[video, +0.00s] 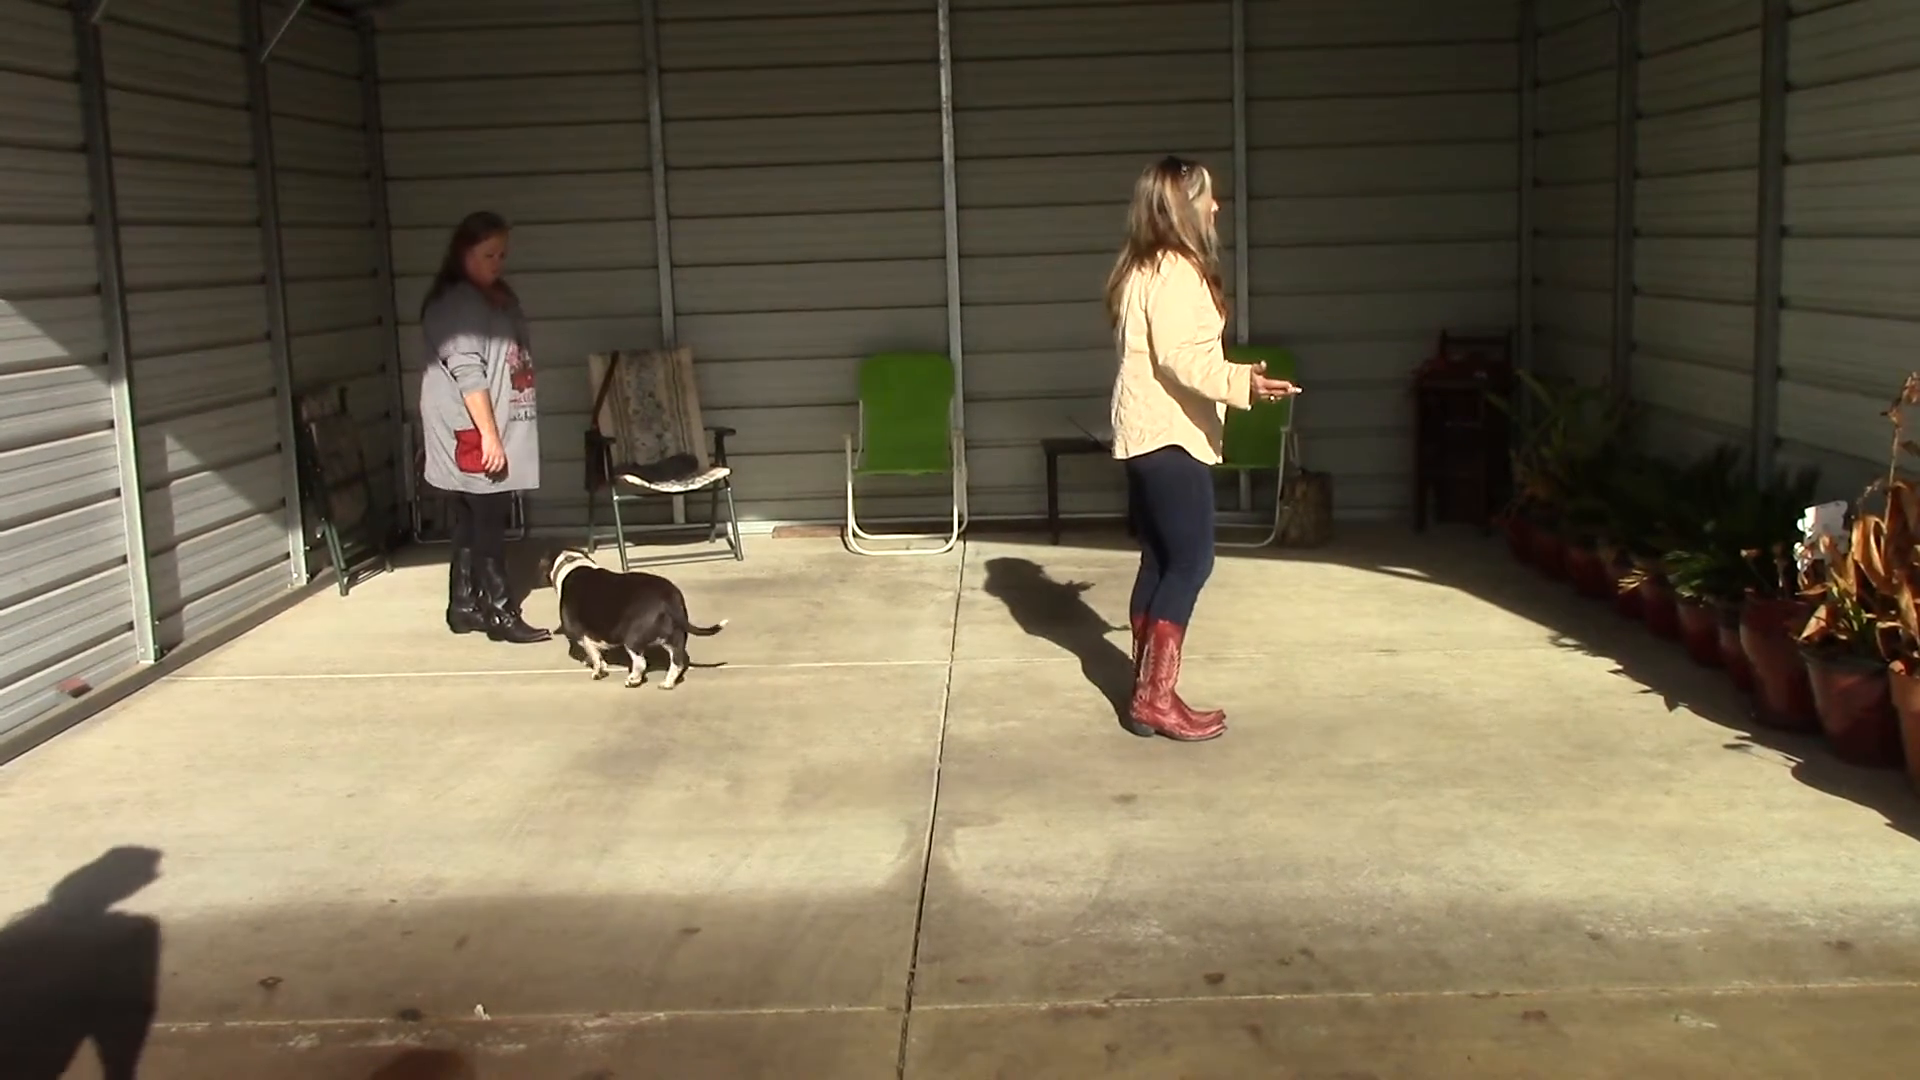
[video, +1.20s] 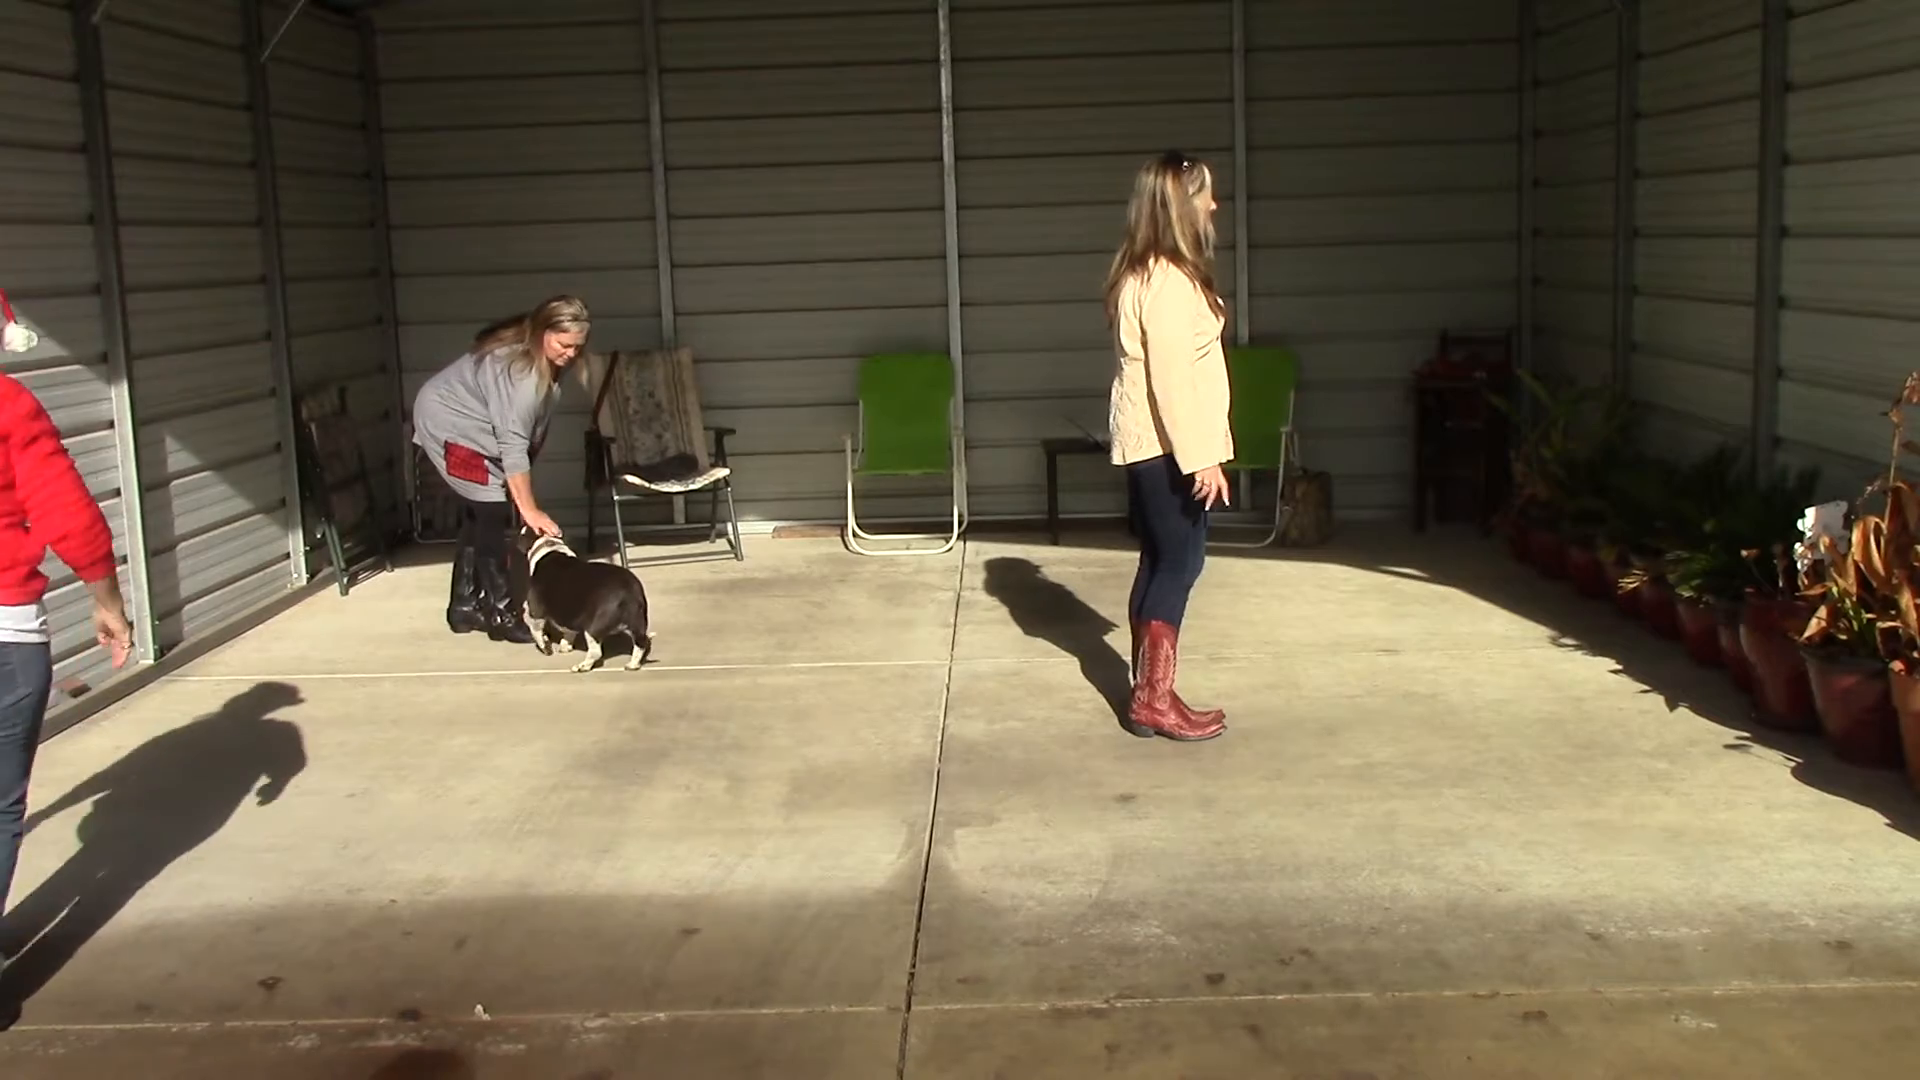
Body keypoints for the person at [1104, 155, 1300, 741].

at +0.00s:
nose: (1216, 209)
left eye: (1214, 198)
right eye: (1209, 199)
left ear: (1165, 206)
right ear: (1184, 206)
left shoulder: (1144, 271)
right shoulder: (1175, 272)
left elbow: (1167, 358)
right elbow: (1181, 356)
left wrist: (1237, 376)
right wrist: (1243, 382)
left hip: (1142, 439)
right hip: (1170, 440)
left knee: (1160, 558)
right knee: (1191, 559)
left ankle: (1150, 691)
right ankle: (1156, 698)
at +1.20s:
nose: (1216, 210)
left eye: (1214, 198)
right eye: (1208, 199)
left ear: (1159, 206)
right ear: (1184, 206)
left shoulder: (1148, 273)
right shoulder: (1168, 280)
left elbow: (1167, 378)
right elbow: (1172, 381)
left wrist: (1202, 450)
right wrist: (1201, 458)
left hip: (1145, 444)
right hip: (1163, 447)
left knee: (1158, 558)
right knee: (1181, 560)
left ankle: (1148, 691)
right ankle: (1155, 696)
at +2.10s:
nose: (1174, 238)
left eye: (1184, 228)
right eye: (1164, 226)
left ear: (1196, 226)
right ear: (1142, 223)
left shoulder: (1191, 280)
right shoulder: (1126, 284)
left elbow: (1206, 371)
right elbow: (1106, 379)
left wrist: (1216, 439)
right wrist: (1109, 462)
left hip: (1187, 445)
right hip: (1150, 447)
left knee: (1170, 560)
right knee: (1165, 560)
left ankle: (1158, 694)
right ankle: (1149, 698)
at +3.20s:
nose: (1240, 210)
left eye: (1237, 199)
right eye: (1230, 201)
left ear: (1210, 211)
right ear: (1198, 213)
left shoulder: (1208, 283)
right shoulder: (1158, 291)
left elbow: (1206, 379)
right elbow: (1138, 385)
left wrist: (1219, 450)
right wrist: (1163, 464)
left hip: (1187, 453)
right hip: (1156, 455)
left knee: (1170, 562)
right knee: (1158, 563)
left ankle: (1158, 694)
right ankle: (1148, 698)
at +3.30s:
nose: (1239, 207)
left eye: (1235, 197)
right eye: (1229, 198)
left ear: (1205, 208)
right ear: (1200, 210)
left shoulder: (1202, 284)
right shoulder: (1162, 289)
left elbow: (1199, 378)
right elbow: (1156, 384)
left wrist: (1225, 436)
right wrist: (1206, 447)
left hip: (1181, 450)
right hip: (1154, 449)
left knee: (1169, 562)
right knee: (1159, 563)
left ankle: (1158, 694)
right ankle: (1149, 699)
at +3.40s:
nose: (1234, 205)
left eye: (1231, 195)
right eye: (1225, 196)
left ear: (1189, 208)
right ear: (1197, 208)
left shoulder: (1189, 281)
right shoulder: (1169, 286)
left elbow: (1205, 366)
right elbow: (1189, 372)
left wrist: (1272, 383)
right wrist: (1273, 388)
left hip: (1175, 443)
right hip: (1162, 445)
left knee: (1165, 562)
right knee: (1161, 563)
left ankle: (1156, 693)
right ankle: (1152, 697)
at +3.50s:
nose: (1232, 209)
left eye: (1229, 198)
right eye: (1222, 199)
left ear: (1184, 208)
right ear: (1192, 207)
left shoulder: (1181, 276)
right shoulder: (1169, 283)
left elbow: (1225, 348)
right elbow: (1225, 354)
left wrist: (1301, 324)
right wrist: (1305, 327)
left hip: (1174, 442)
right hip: (1164, 443)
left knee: (1164, 564)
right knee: (1162, 564)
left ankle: (1156, 695)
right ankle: (1150, 699)